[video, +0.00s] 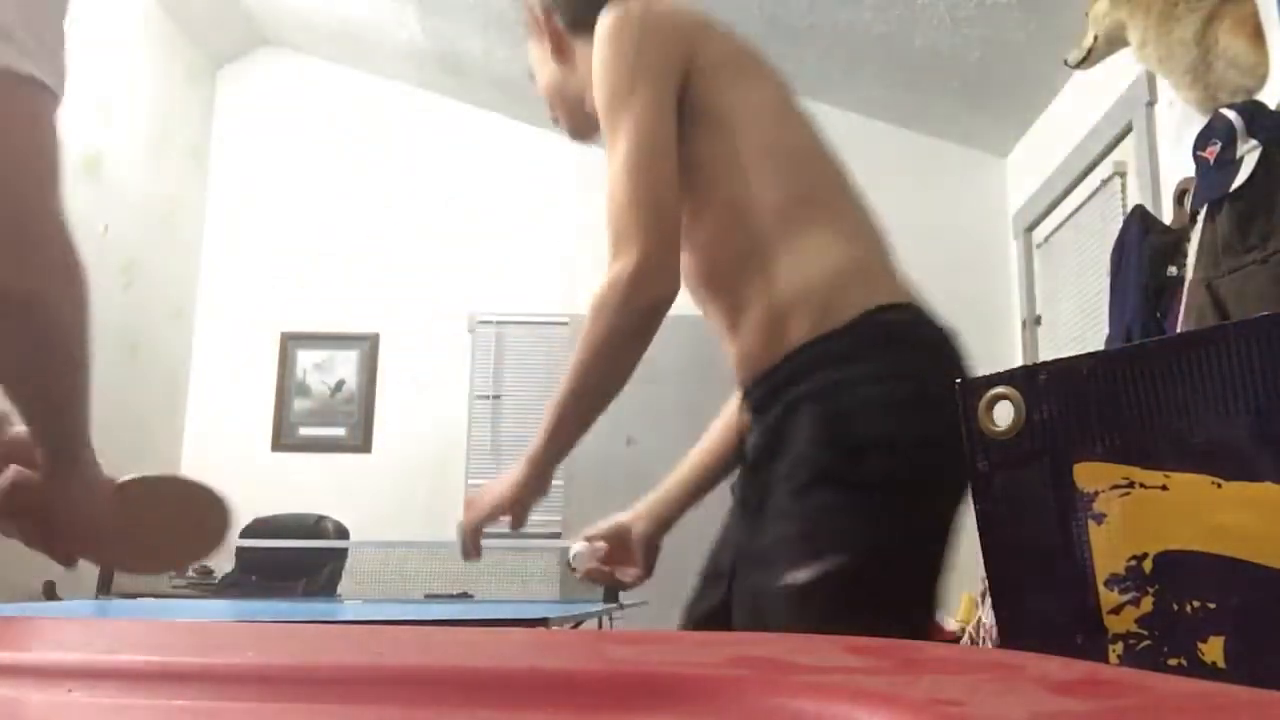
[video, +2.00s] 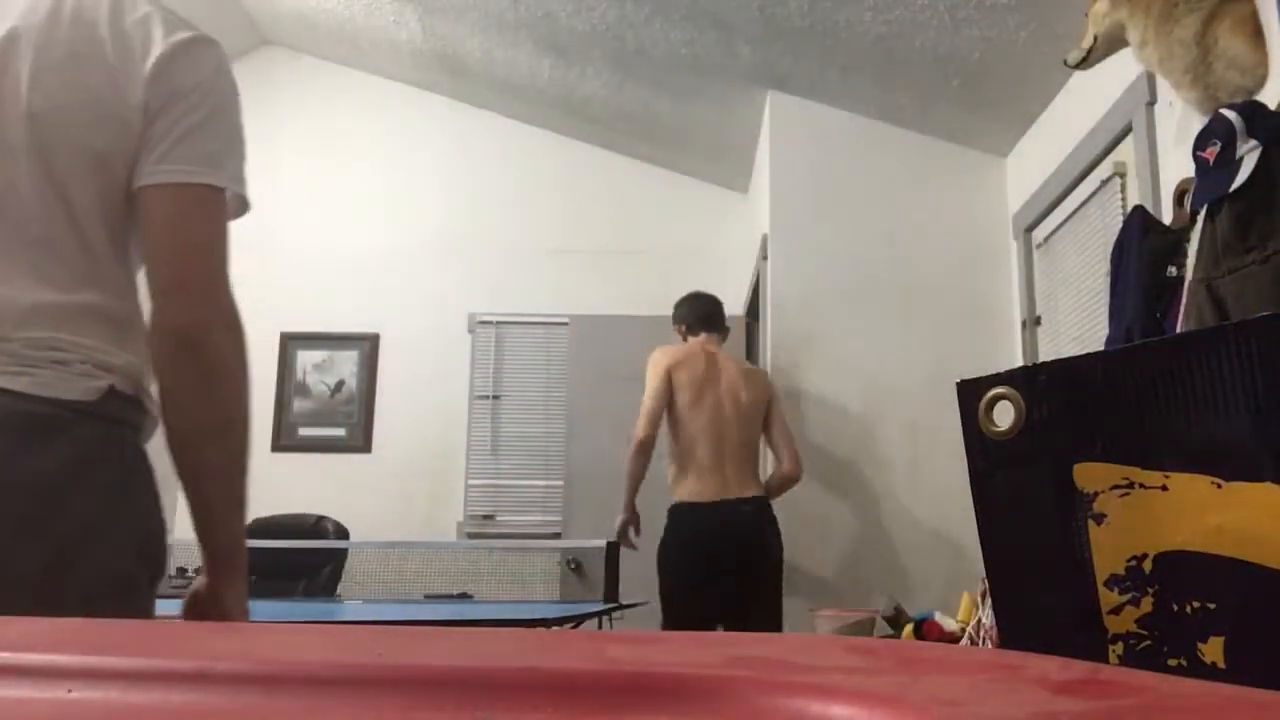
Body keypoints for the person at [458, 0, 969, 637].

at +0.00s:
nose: (542, 97)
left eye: (532, 66)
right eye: (533, 75)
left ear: (546, 25)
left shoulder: (638, 28)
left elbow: (643, 275)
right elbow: (773, 379)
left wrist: (530, 472)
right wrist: (648, 522)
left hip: (860, 399)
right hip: (804, 419)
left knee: (814, 692)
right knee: (706, 685)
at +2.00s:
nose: (676, 338)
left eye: (675, 331)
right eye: (677, 332)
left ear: (681, 329)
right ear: (724, 331)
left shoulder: (668, 358)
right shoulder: (757, 377)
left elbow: (644, 438)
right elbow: (790, 469)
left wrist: (629, 506)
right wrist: (754, 498)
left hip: (691, 529)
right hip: (754, 528)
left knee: (687, 653)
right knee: (757, 654)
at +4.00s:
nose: (503, 332)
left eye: (515, 324)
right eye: (498, 325)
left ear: (536, 333)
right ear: (492, 333)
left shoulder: (558, 388)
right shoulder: (480, 387)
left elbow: (571, 466)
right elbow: (444, 434)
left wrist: (575, 535)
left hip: (536, 528)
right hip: (479, 525)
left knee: (535, 636)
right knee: (466, 632)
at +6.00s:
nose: (514, 357)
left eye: (524, 350)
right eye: (507, 350)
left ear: (539, 360)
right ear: (499, 359)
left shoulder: (558, 407)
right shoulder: (482, 409)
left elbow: (574, 479)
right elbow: (463, 481)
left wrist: (570, 544)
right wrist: (457, 545)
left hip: (534, 529)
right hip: (482, 528)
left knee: (535, 629)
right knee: (484, 627)